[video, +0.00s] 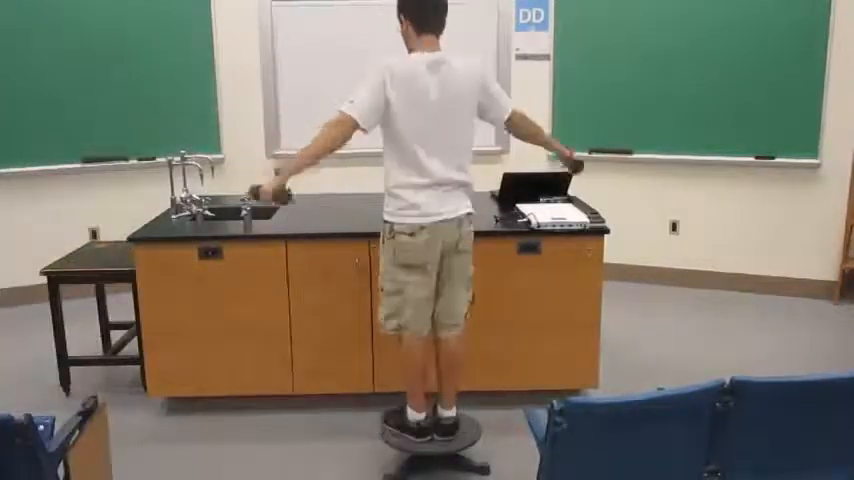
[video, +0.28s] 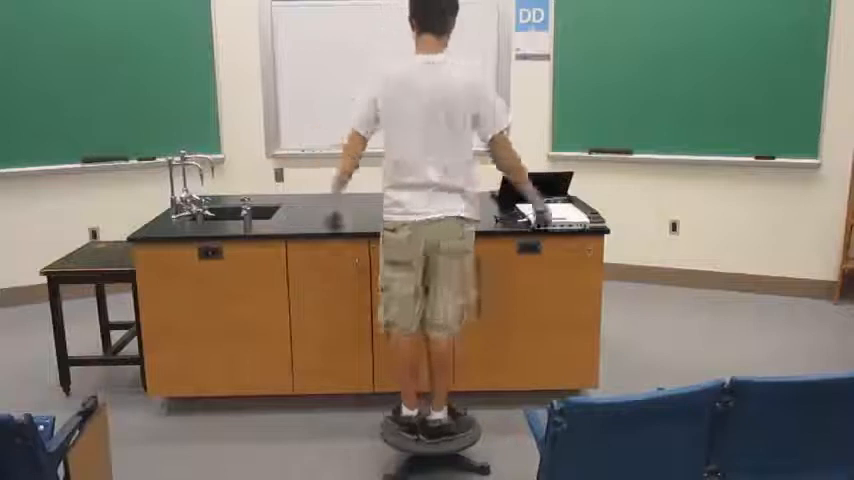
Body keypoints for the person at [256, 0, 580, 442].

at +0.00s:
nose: (400, 30)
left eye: (401, 22)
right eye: (406, 21)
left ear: (405, 23)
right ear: (443, 25)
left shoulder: (391, 74)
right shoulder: (470, 73)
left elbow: (342, 128)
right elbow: (515, 121)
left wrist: (286, 173)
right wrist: (557, 146)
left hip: (410, 222)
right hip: (458, 218)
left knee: (414, 327)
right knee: (451, 325)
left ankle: (417, 419)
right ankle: (447, 417)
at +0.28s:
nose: (417, 27)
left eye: (415, 20)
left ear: (412, 24)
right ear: (452, 28)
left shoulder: (388, 81)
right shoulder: (472, 83)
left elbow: (353, 147)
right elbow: (504, 153)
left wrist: (340, 180)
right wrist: (530, 192)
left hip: (402, 222)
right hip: (454, 222)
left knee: (403, 323)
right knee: (443, 324)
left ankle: (409, 413)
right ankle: (438, 415)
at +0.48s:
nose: (465, 37)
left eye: (465, 29)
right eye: (466, 29)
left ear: (423, 24)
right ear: (458, 26)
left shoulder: (396, 79)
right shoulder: (456, 81)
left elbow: (384, 159)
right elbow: (468, 164)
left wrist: (395, 207)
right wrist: (487, 226)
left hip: (400, 220)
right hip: (441, 225)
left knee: (410, 322)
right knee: (433, 326)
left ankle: (410, 406)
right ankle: (425, 415)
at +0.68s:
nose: (477, 37)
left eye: (478, 28)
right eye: (473, 27)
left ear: (444, 25)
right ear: (449, 23)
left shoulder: (428, 74)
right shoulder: (431, 78)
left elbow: (426, 155)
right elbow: (424, 155)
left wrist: (445, 220)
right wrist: (435, 226)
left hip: (426, 223)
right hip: (435, 226)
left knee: (428, 324)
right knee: (441, 325)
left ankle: (425, 402)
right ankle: (420, 410)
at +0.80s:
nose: (461, 37)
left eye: (465, 28)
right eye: (452, 28)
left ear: (469, 27)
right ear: (427, 26)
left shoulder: (467, 80)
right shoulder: (404, 85)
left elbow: (470, 156)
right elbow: (394, 162)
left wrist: (475, 214)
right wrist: (393, 230)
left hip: (467, 223)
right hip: (421, 228)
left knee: (453, 324)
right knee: (418, 327)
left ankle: (441, 403)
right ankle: (413, 407)